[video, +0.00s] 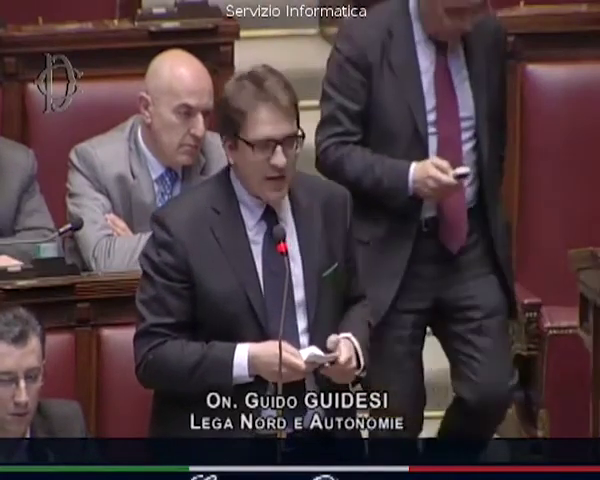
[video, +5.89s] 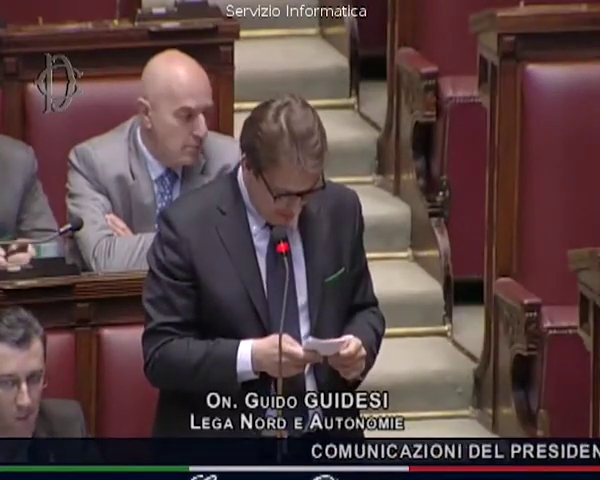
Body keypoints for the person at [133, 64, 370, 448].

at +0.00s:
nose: (280, 159)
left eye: (290, 142)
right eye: (264, 145)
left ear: (301, 136)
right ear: (230, 146)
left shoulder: (331, 204)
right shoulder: (179, 224)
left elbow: (358, 301)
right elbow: (153, 357)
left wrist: (351, 340)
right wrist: (247, 360)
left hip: (322, 441)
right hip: (220, 447)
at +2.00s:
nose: (282, 158)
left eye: (296, 143)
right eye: (268, 141)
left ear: (311, 142)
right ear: (241, 138)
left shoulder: (348, 208)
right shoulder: (189, 217)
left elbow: (377, 315)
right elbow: (157, 346)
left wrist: (354, 352)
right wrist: (246, 355)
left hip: (328, 437)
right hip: (220, 439)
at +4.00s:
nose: (295, 203)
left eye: (306, 187)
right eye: (282, 190)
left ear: (315, 165)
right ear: (244, 170)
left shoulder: (338, 207)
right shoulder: (183, 223)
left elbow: (366, 310)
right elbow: (158, 355)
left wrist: (357, 343)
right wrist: (246, 358)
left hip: (323, 441)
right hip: (219, 446)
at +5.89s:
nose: (295, 209)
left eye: (309, 193)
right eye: (283, 195)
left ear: (321, 170)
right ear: (247, 169)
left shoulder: (340, 208)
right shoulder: (186, 223)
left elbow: (365, 309)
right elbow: (161, 355)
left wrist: (358, 345)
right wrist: (250, 357)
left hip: (324, 439)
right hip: (220, 440)